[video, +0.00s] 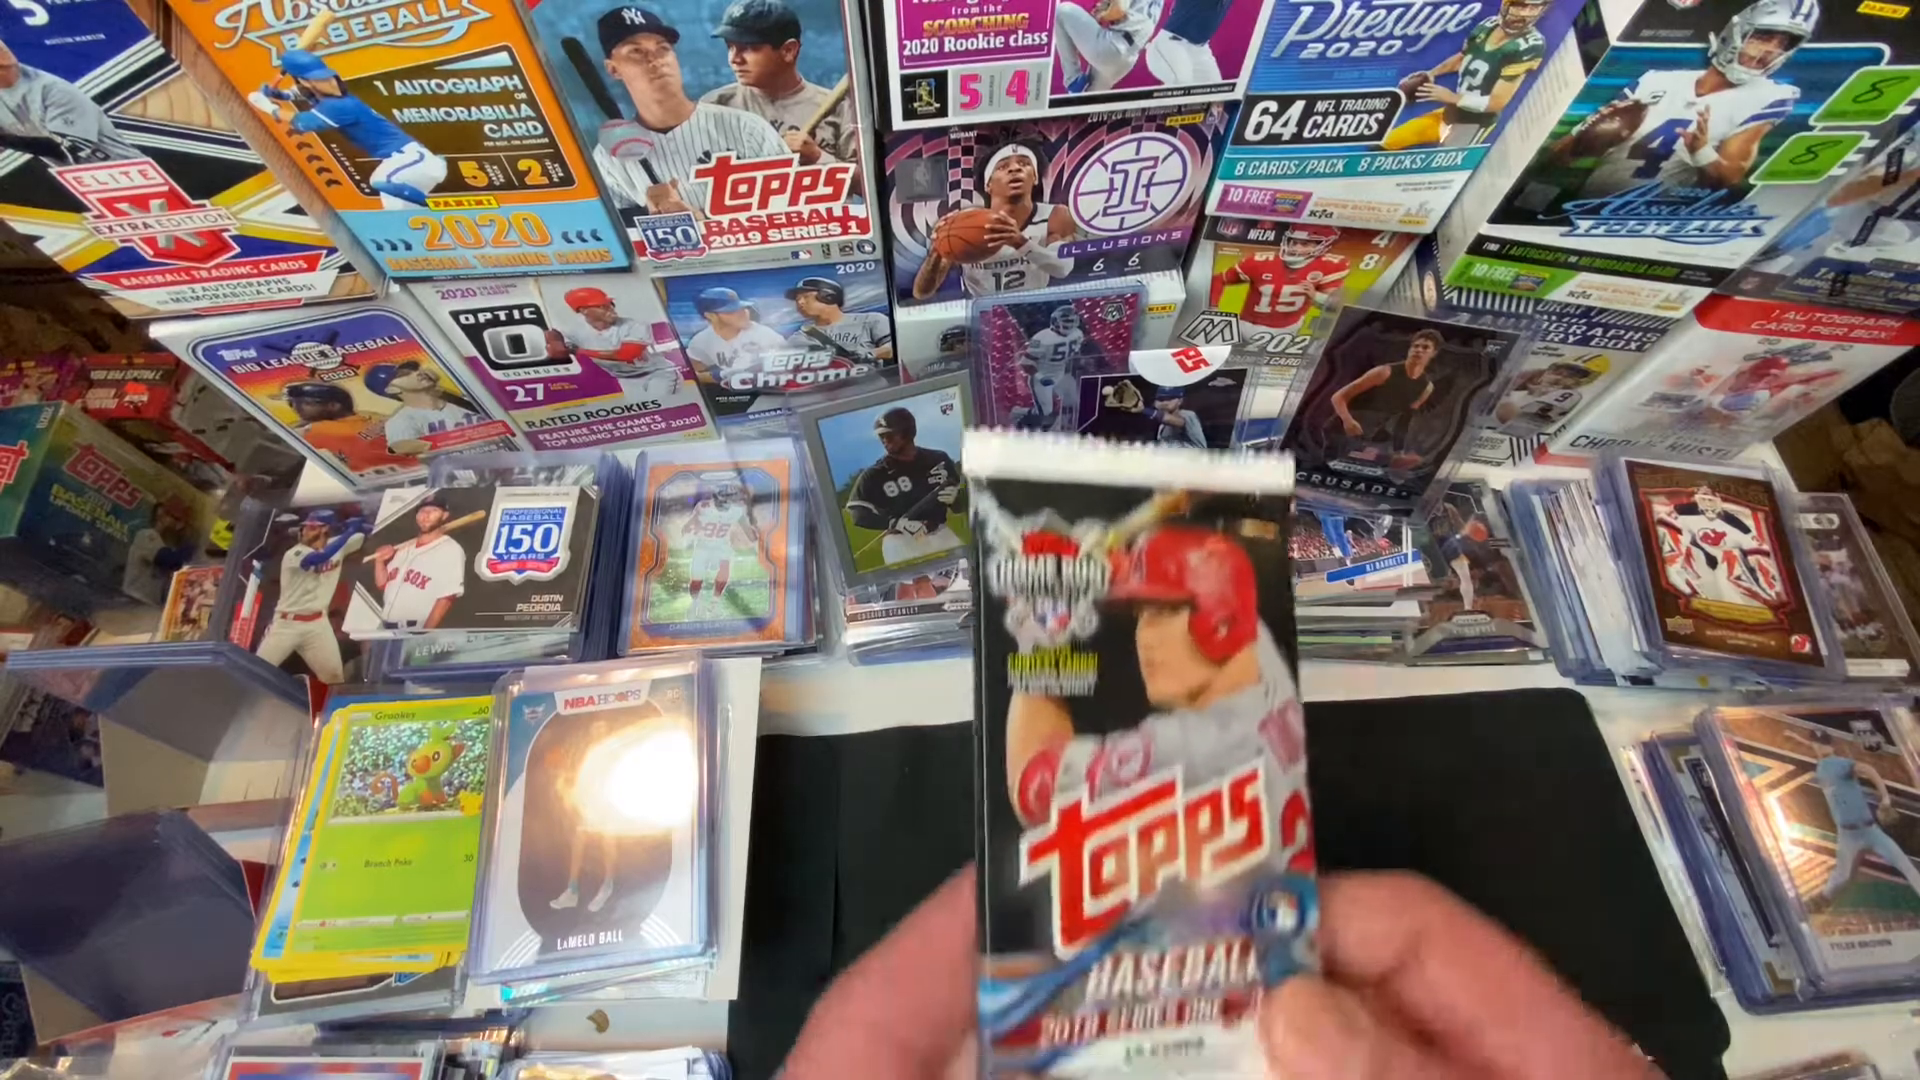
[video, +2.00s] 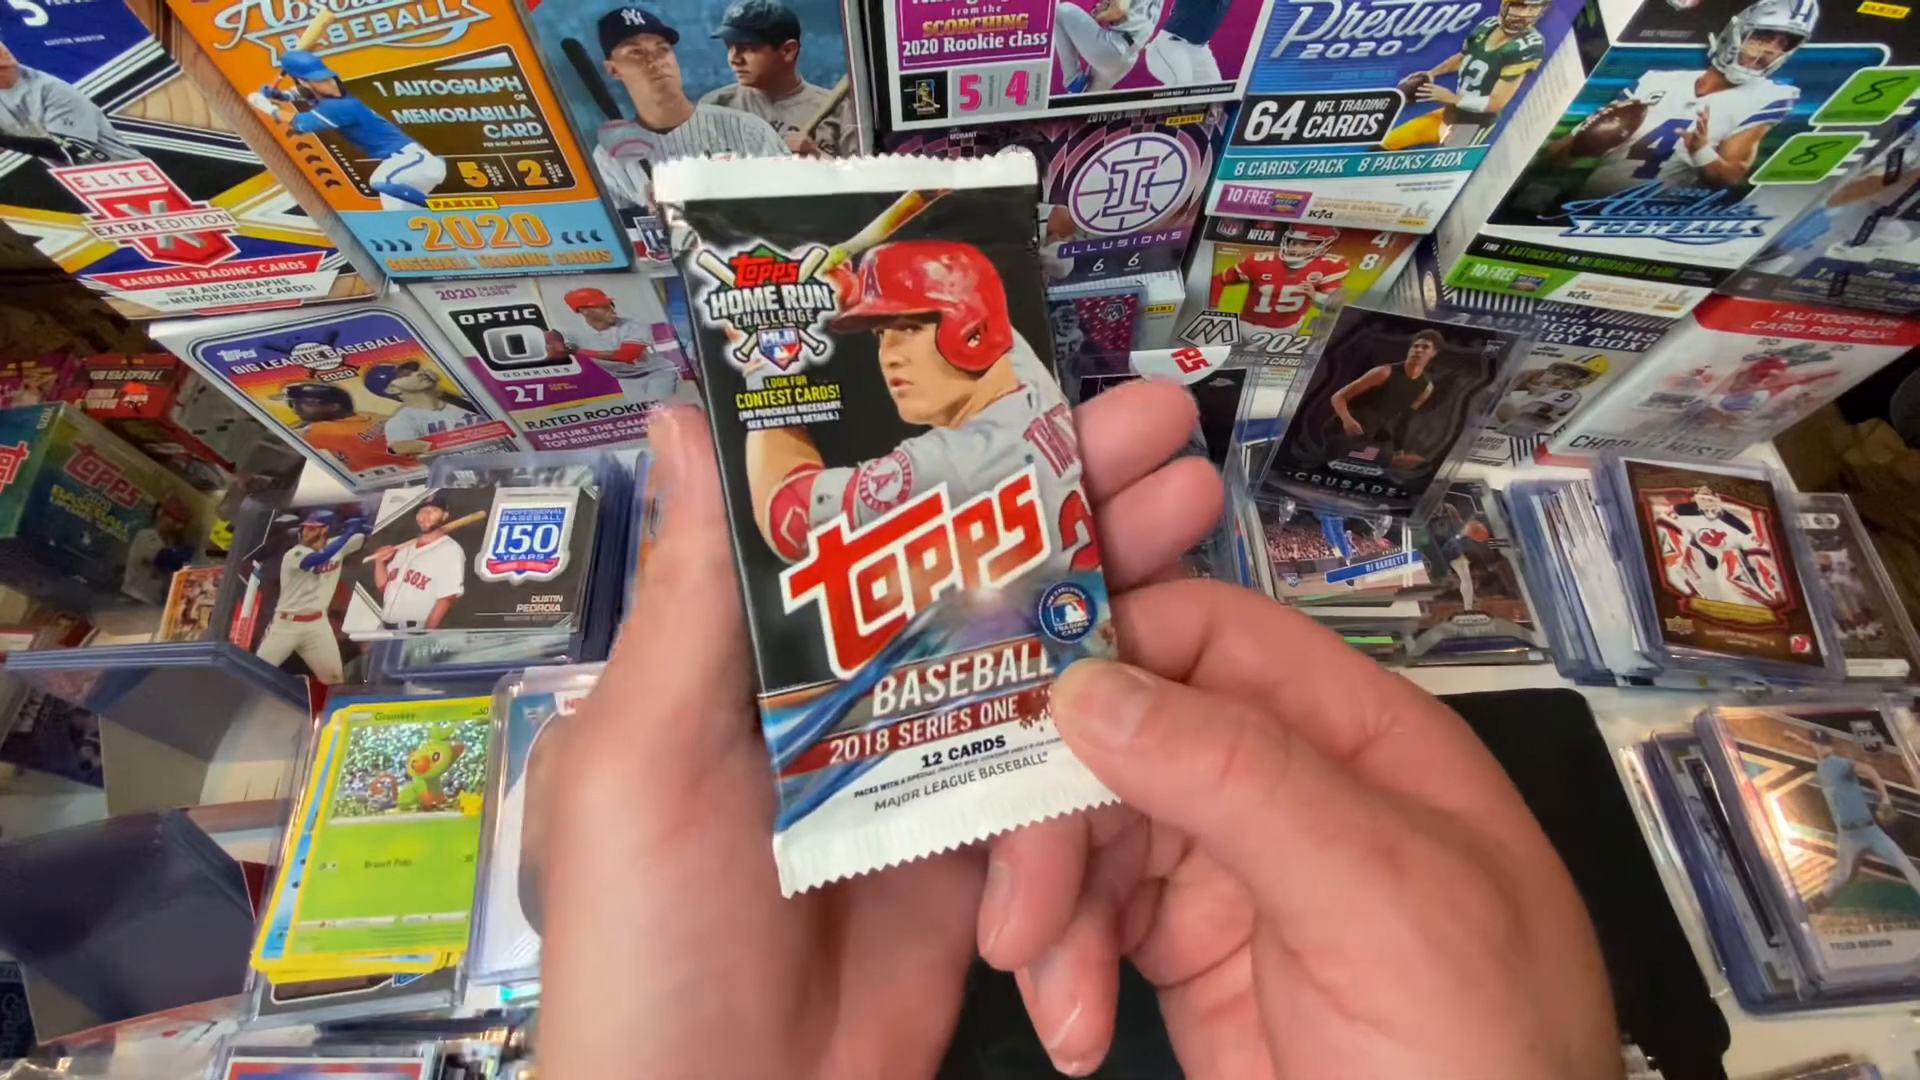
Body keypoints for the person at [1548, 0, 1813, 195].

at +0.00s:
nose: (1769, 51)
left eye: (1782, 46)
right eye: (1764, 37)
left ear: (1787, 57)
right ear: (1737, 33)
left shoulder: (1765, 99)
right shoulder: (1656, 82)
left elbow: (1732, 178)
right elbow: (1556, 157)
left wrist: (1702, 153)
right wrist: (1583, 137)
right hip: (1593, 207)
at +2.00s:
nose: (1770, 51)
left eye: (1783, 45)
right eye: (1764, 37)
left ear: (1789, 56)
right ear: (1737, 33)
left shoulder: (1761, 102)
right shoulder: (1658, 83)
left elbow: (1735, 176)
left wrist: (1703, 154)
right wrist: (1579, 141)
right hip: (1591, 204)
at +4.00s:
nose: (1770, 51)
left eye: (1783, 45)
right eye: (1763, 37)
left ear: (1789, 56)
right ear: (1737, 33)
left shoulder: (1761, 102)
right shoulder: (1659, 83)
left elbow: (1735, 176)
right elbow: (1558, 155)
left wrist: (1703, 154)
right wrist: (1584, 138)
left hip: (1662, 222)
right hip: (1595, 203)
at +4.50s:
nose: (1770, 51)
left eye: (1783, 45)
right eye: (1763, 37)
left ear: (1788, 56)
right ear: (1737, 33)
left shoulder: (1763, 100)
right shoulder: (1657, 83)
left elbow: (1735, 178)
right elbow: (1554, 156)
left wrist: (1702, 154)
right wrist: (1582, 138)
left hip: (1660, 226)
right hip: (1592, 207)